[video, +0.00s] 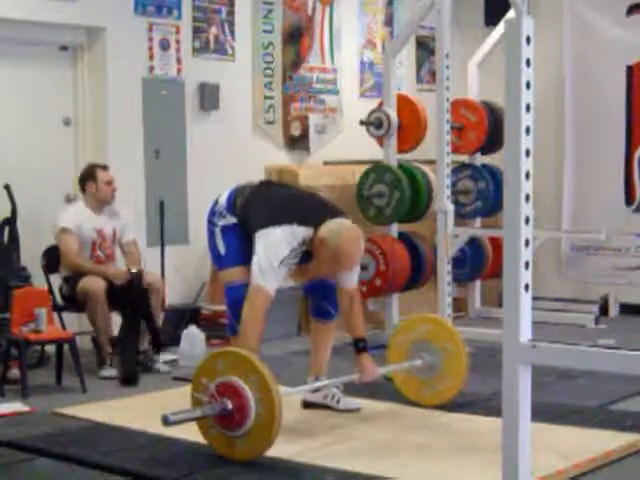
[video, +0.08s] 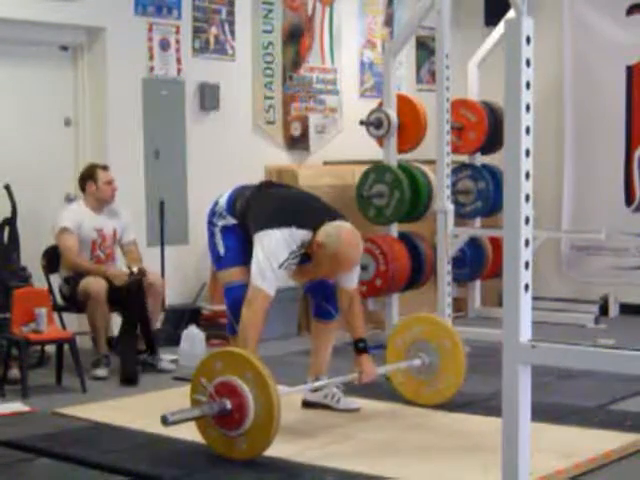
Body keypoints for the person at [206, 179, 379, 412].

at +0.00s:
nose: (337, 272)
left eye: (344, 266)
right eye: (334, 265)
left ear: (354, 251)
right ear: (319, 246)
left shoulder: (348, 245)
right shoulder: (276, 239)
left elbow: (351, 298)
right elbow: (255, 309)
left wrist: (361, 351)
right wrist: (243, 374)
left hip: (282, 205)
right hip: (232, 213)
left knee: (326, 296)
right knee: (239, 303)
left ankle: (317, 384)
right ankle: (242, 386)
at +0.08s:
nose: (332, 276)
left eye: (339, 271)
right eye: (330, 269)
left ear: (351, 256)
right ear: (317, 247)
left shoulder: (347, 247)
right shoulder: (275, 239)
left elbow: (350, 298)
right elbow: (254, 306)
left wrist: (362, 351)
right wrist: (244, 372)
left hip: (282, 206)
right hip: (231, 213)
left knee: (326, 296)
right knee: (238, 303)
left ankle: (317, 383)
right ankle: (242, 383)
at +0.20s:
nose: (333, 278)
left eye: (340, 273)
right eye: (331, 271)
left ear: (351, 258)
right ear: (317, 250)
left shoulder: (347, 250)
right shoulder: (274, 241)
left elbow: (351, 299)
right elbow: (254, 307)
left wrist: (361, 351)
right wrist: (242, 373)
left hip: (283, 206)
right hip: (232, 214)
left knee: (327, 297)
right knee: (237, 303)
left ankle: (319, 382)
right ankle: (241, 383)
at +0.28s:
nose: (333, 284)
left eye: (340, 280)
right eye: (330, 279)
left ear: (352, 263)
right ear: (316, 257)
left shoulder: (348, 254)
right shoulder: (273, 247)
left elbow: (357, 297)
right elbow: (241, 322)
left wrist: (365, 347)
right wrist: (234, 384)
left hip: (286, 205)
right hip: (236, 213)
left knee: (333, 296)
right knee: (238, 305)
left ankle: (319, 382)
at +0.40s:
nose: (342, 289)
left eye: (347, 284)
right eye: (337, 284)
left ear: (359, 263)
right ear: (318, 262)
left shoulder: (353, 257)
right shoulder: (276, 248)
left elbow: (364, 295)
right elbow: (245, 310)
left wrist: (378, 335)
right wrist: (232, 375)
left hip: (289, 206)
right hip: (239, 213)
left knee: (336, 297)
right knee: (239, 301)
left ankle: (319, 383)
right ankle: (239, 384)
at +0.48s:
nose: (348, 292)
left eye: (353, 288)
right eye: (344, 286)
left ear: (363, 266)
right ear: (324, 263)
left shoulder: (357, 258)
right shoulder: (280, 252)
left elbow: (373, 294)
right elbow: (247, 313)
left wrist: (393, 340)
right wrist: (235, 377)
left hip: (294, 208)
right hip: (242, 213)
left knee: (339, 298)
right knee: (242, 306)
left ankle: (320, 383)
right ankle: (250, 396)